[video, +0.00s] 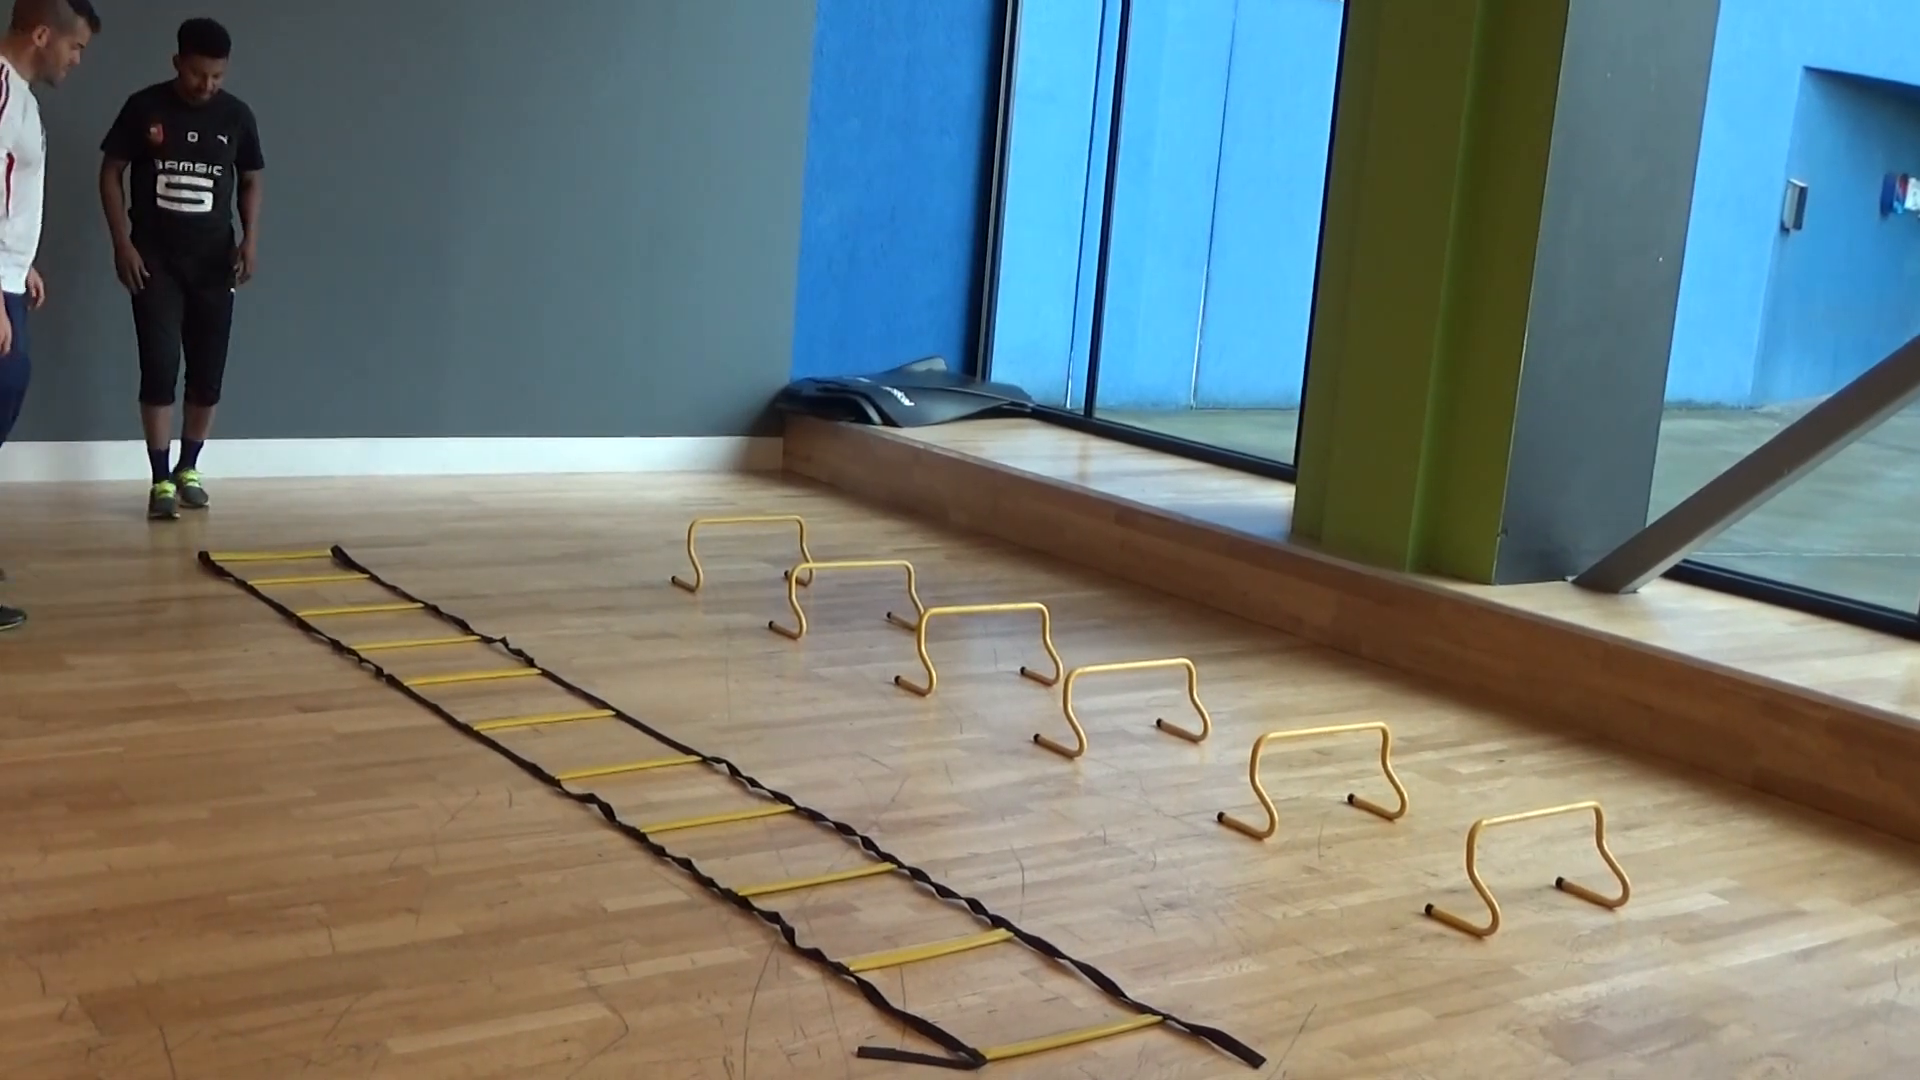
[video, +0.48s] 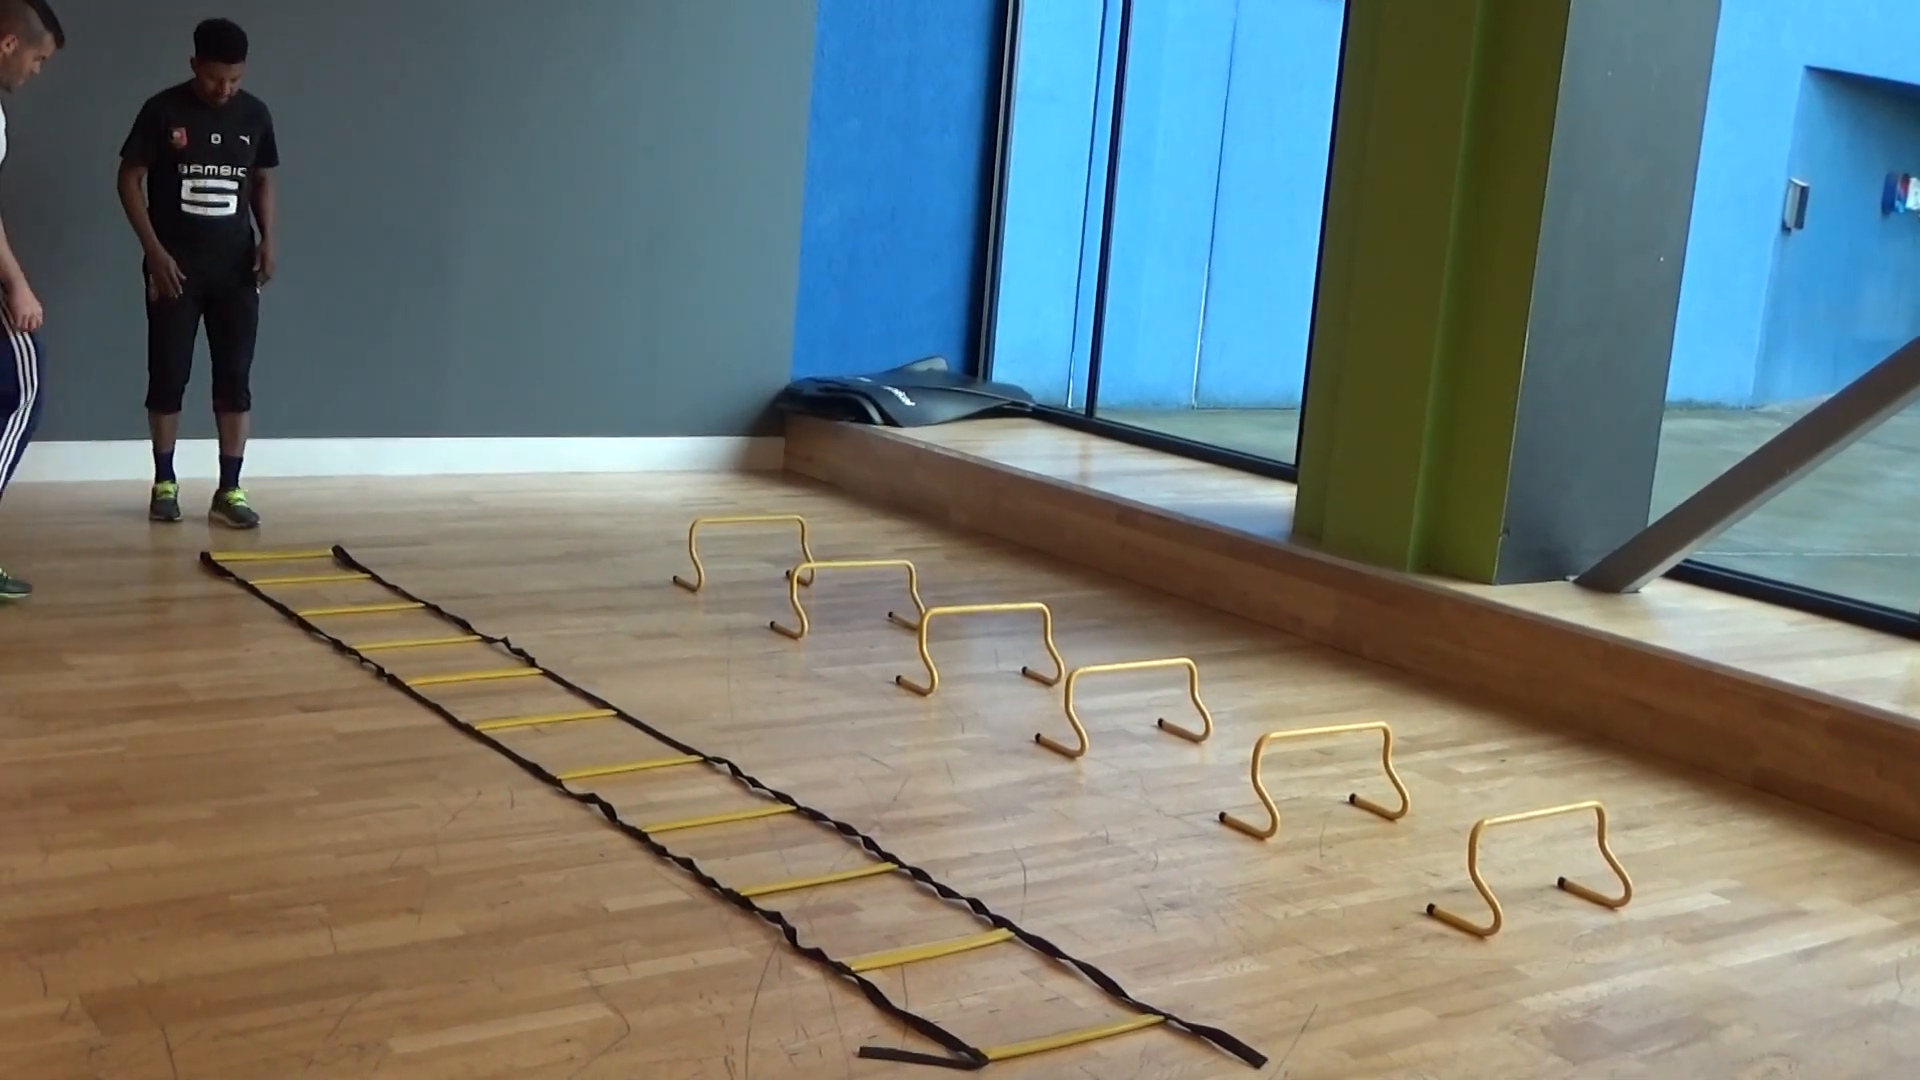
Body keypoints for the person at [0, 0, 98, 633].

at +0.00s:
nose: (77, 60)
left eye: (81, 49)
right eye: (74, 47)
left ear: (39, 35)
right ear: (39, 36)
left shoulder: (24, 99)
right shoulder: (8, 98)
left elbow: (12, 198)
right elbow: (4, 203)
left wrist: (23, 262)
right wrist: (1, 299)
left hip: (15, 292)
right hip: (4, 298)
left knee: (10, 409)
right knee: (5, 411)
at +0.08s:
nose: (67, 60)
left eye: (71, 50)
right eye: (64, 47)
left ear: (31, 37)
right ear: (31, 37)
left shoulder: (16, 102)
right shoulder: (5, 102)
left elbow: (14, 200)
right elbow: (3, 206)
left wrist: (23, 272)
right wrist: (1, 303)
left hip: (15, 289)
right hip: (6, 294)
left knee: (2, 437)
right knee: (0, 438)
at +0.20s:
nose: (50, 68)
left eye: (55, 57)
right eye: (49, 55)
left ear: (18, 43)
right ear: (17, 42)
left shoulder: (7, 107)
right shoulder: (2, 109)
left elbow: (7, 211)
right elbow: (1, 212)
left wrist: (18, 295)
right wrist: (15, 295)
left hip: (10, 304)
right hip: (3, 305)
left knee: (9, 414)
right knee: (5, 416)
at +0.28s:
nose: (43, 72)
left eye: (48, 61)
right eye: (42, 59)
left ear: (13, 49)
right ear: (12, 47)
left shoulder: (6, 114)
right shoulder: (1, 115)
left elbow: (3, 211)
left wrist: (23, 288)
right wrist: (26, 288)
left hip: (5, 295)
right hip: (2, 296)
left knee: (7, 409)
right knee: (5, 410)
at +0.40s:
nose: (36, 73)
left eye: (42, 63)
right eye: (37, 60)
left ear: (11, 50)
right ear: (9, 48)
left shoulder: (3, 111)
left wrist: (24, 287)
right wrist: (27, 287)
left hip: (4, 289)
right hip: (1, 291)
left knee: (16, 395)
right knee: (13, 397)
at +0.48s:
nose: (35, 73)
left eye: (40, 63)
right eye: (36, 60)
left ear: (11, 48)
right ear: (10, 46)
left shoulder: (4, 105)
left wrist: (16, 282)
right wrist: (15, 281)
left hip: (7, 292)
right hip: (5, 294)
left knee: (24, 398)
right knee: (22, 399)